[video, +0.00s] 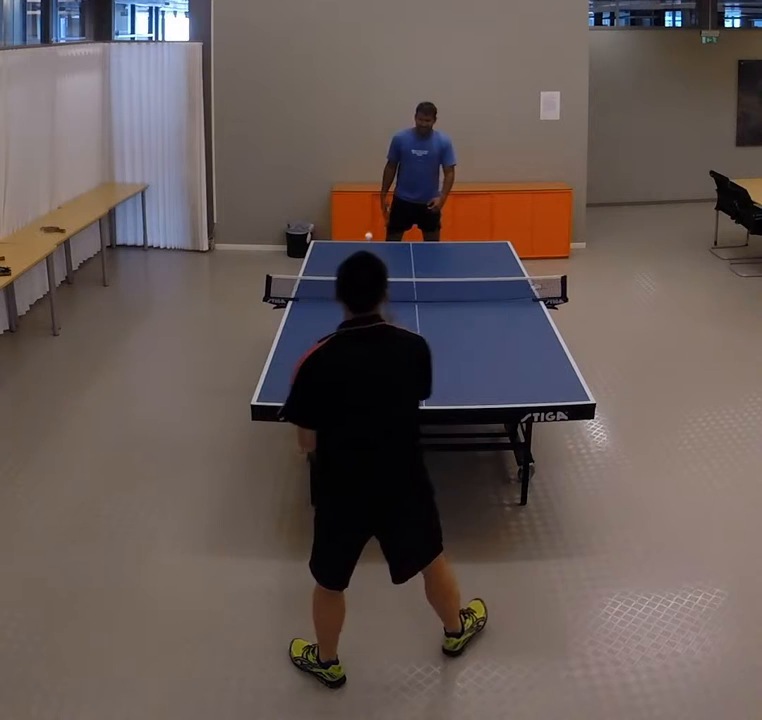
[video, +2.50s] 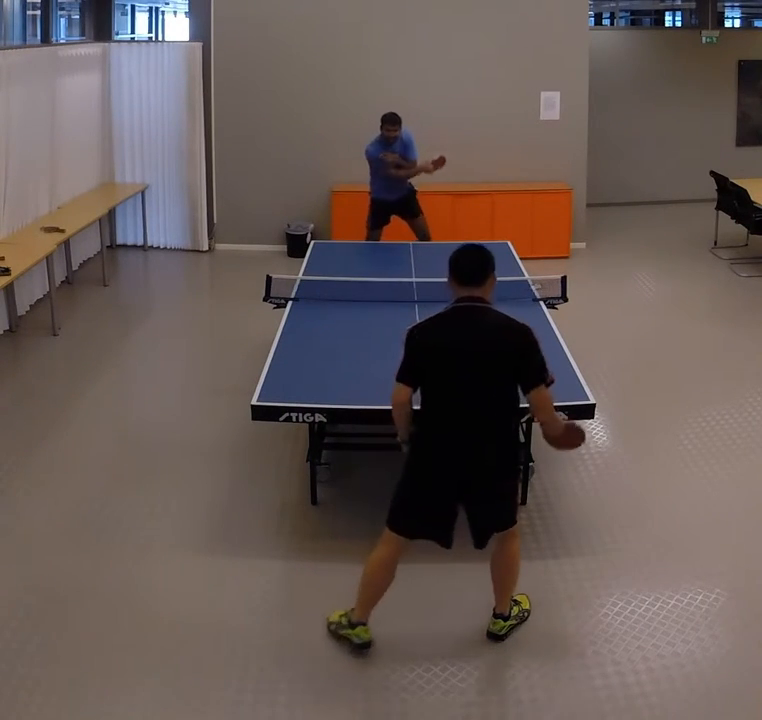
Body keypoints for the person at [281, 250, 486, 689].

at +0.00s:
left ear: (338, 295)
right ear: (384, 293)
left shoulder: (318, 360)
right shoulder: (413, 348)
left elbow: (306, 441)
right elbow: (417, 399)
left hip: (343, 489)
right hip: (404, 481)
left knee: (330, 578)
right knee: (430, 557)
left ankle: (326, 660)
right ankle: (456, 629)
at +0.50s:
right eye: (451, 275)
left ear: (409, 280)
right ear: (453, 281)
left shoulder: (380, 337)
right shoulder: (477, 342)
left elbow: (368, 411)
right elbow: (495, 411)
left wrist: (396, 427)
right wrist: (461, 394)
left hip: (390, 464)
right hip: (451, 467)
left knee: (357, 544)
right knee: (457, 550)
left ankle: (325, 615)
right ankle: (458, 628)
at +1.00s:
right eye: (391, 271)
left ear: (349, 278)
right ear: (392, 277)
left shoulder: (326, 333)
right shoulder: (419, 331)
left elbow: (315, 403)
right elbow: (436, 400)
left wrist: (340, 426)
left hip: (349, 454)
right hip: (408, 453)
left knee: (334, 533)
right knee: (441, 532)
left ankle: (320, 604)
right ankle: (467, 615)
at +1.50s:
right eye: (448, 282)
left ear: (409, 289)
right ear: (452, 288)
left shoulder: (384, 345)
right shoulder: (475, 346)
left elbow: (377, 418)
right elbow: (497, 413)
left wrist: (394, 446)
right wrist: (465, 392)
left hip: (396, 466)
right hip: (455, 466)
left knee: (356, 538)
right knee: (486, 536)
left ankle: (322, 617)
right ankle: (502, 615)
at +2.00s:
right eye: (439, 285)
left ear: (400, 292)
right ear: (443, 291)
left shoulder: (375, 348)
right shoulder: (466, 348)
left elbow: (366, 421)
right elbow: (489, 416)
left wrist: (383, 450)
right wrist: (486, 389)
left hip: (390, 468)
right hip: (448, 468)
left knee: (352, 542)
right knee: (480, 541)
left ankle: (323, 621)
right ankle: (502, 616)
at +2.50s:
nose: (490, 283)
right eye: (494, 277)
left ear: (450, 282)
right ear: (493, 281)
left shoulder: (424, 332)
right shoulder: (515, 334)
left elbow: (400, 399)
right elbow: (544, 409)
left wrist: (407, 438)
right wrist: (558, 431)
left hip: (434, 454)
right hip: (492, 458)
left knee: (393, 539)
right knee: (505, 532)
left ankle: (357, 620)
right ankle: (502, 613)